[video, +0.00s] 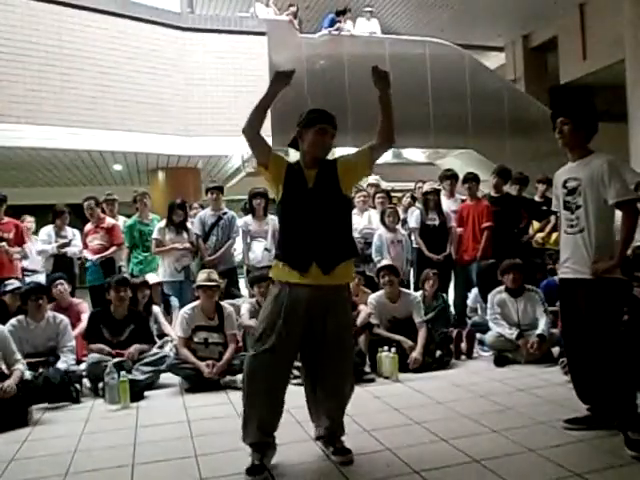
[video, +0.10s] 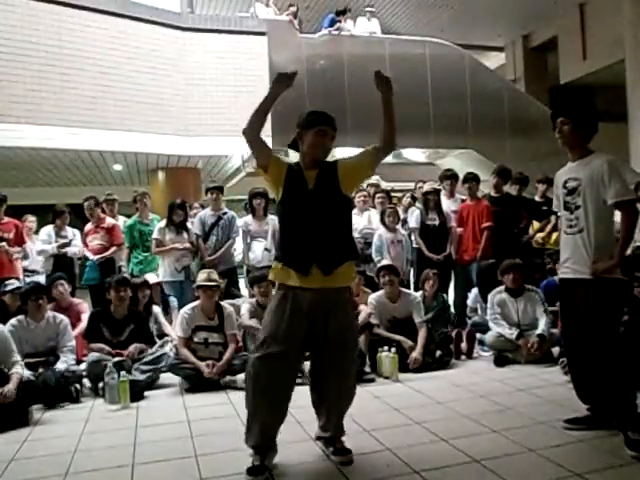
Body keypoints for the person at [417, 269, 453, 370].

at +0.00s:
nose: (431, 283)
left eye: (434, 280)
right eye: (428, 280)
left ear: (438, 284)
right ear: (423, 282)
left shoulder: (442, 300)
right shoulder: (417, 299)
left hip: (441, 330)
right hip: (424, 331)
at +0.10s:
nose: (431, 283)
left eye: (434, 280)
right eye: (428, 280)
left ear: (438, 284)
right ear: (423, 282)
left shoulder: (442, 301)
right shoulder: (417, 299)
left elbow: (447, 320)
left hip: (440, 332)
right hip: (423, 332)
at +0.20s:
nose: (431, 283)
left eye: (434, 281)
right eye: (428, 280)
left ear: (438, 284)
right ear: (423, 283)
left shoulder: (441, 299)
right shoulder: (418, 299)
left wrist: (423, 319)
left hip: (442, 326)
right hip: (427, 327)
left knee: (444, 335)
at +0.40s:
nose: (431, 283)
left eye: (434, 281)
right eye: (428, 280)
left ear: (438, 283)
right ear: (423, 283)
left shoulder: (441, 299)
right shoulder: (417, 299)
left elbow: (448, 316)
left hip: (439, 329)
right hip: (423, 329)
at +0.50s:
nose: (431, 284)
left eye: (434, 281)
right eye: (428, 281)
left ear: (437, 284)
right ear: (422, 283)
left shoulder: (441, 299)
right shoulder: (416, 298)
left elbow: (445, 316)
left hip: (439, 328)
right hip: (423, 329)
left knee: (437, 329)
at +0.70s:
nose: (430, 284)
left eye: (433, 281)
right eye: (427, 281)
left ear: (437, 284)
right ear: (422, 283)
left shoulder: (441, 300)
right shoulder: (416, 299)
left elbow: (444, 319)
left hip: (437, 331)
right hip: (422, 331)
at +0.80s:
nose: (429, 289)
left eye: (432, 286)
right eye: (427, 286)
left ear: (435, 286)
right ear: (421, 286)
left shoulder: (441, 300)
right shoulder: (415, 299)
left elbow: (446, 317)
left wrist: (447, 325)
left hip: (439, 329)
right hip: (424, 330)